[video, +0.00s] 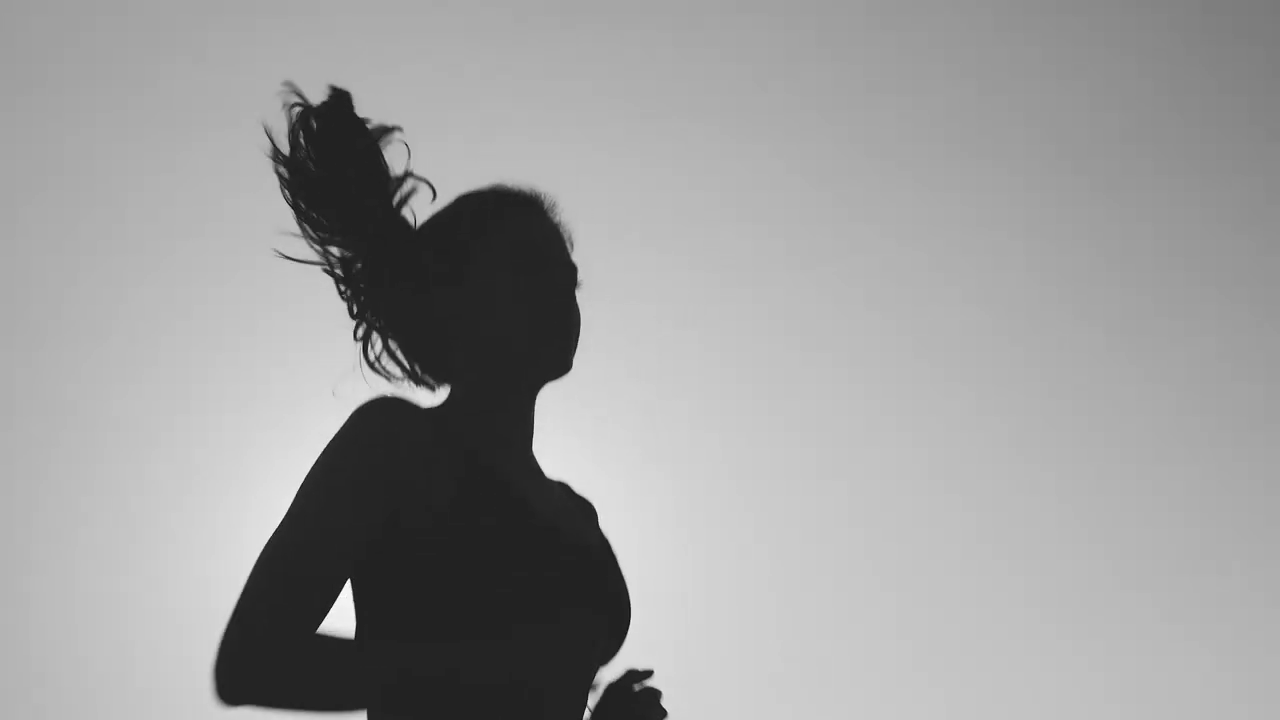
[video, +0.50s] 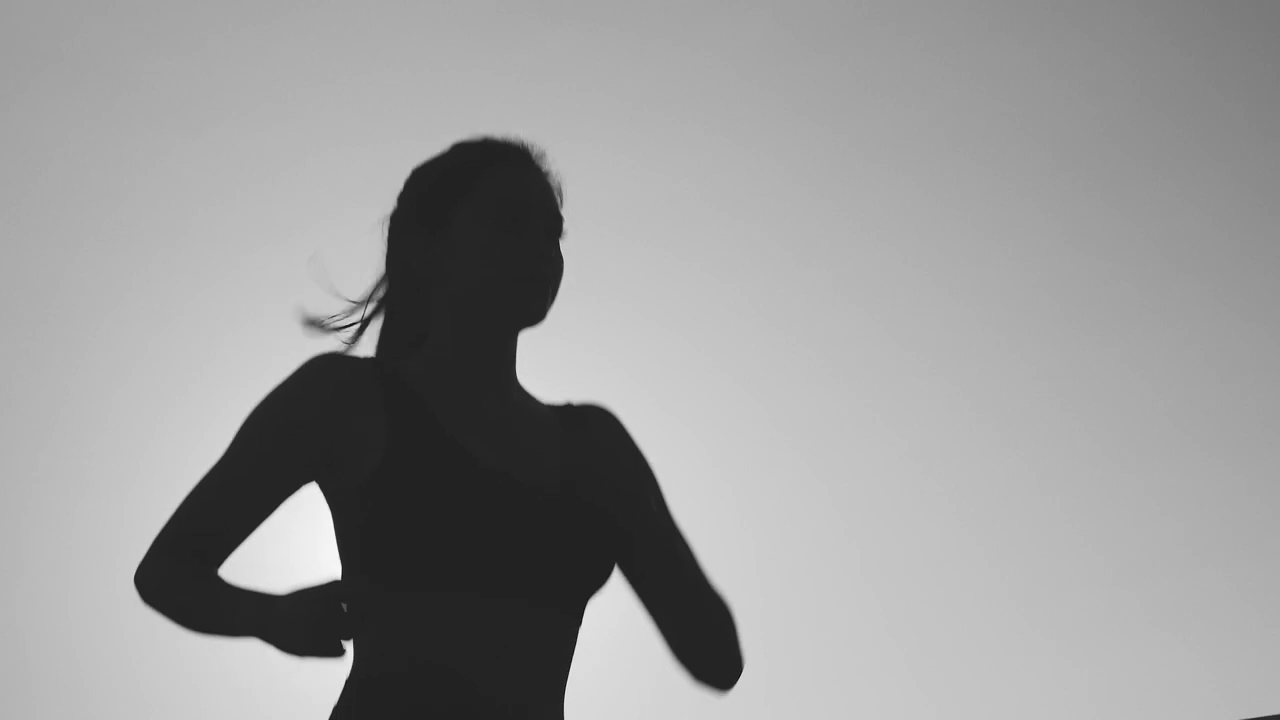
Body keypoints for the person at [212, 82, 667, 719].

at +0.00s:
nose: (573, 302)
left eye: (570, 283)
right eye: (544, 278)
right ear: (460, 299)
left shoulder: (572, 512)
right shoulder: (391, 437)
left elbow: (539, 696)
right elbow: (250, 664)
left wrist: (601, 710)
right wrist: (489, 667)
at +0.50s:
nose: (549, 252)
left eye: (552, 231)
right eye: (518, 225)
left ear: (556, 259)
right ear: (435, 245)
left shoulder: (589, 445)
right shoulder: (338, 399)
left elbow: (719, 664)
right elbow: (166, 574)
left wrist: (629, 516)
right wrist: (270, 616)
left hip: (527, 709)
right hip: (379, 705)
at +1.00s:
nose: (521, 269)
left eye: (532, 247)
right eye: (488, 242)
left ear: (547, 276)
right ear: (416, 266)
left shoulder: (573, 455)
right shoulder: (322, 425)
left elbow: (648, 688)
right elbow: (179, 656)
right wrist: (346, 625)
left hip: (523, 708)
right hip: (376, 712)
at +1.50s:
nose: (563, 292)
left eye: (563, 268)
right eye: (540, 264)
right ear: (463, 273)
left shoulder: (540, 472)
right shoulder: (390, 405)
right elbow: (346, 609)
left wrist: (577, 697)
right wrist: (574, 529)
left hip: (531, 708)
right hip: (423, 705)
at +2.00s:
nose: (605, 324)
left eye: (603, 306)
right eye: (573, 304)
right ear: (488, 336)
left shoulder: (606, 528)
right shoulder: (439, 459)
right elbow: (288, 658)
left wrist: (646, 706)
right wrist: (505, 673)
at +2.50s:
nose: (643, 294)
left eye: (640, 271)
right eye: (622, 270)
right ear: (548, 285)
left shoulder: (678, 463)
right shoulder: (438, 434)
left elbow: (826, 668)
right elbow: (258, 593)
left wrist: (726, 530)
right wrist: (364, 636)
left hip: (637, 710)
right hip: (506, 710)